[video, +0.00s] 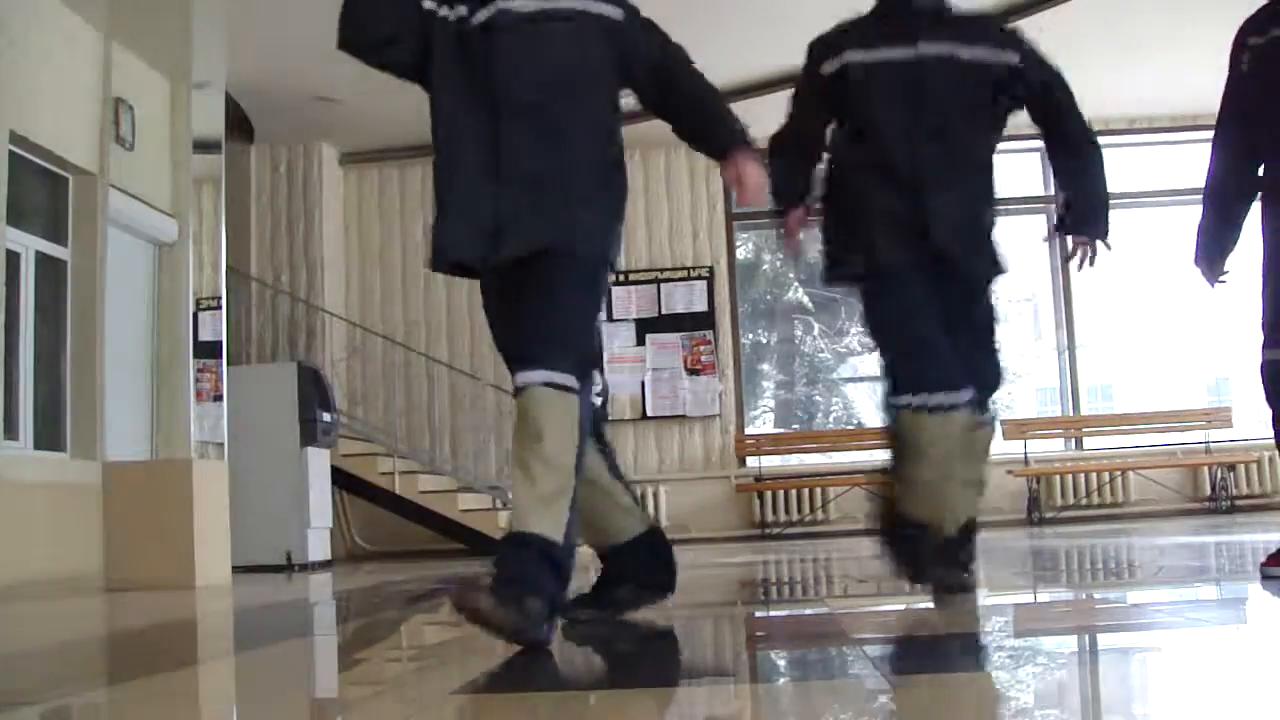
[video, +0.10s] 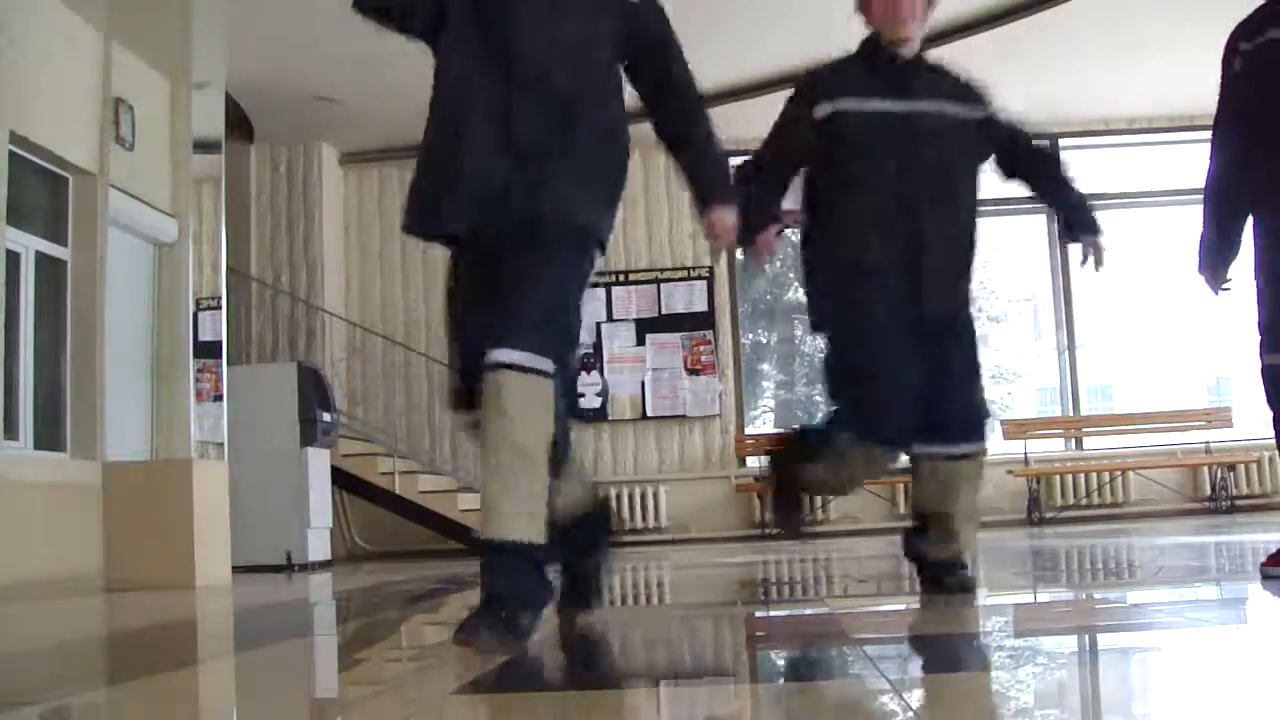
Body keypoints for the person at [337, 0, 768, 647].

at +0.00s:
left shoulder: (597, 14)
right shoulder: (449, 24)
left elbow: (668, 75)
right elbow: (363, 28)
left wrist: (731, 143)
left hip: (575, 212)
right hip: (489, 221)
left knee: (546, 379)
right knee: (548, 395)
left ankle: (529, 585)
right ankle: (638, 560)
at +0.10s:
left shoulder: (619, 8)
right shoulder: (458, 8)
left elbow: (665, 79)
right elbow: (398, 6)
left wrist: (716, 188)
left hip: (566, 180)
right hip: (475, 183)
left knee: (520, 367)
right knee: (482, 393)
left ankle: (511, 593)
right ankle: (581, 521)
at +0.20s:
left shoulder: (623, 13)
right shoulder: (471, 8)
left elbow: (654, 118)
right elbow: (400, 1)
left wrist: (693, 229)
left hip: (561, 213)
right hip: (464, 206)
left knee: (503, 390)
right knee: (411, 384)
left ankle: (507, 594)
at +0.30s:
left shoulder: (638, 17)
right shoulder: (481, 9)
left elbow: (665, 127)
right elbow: (421, 8)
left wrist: (712, 246)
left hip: (568, 226)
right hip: (461, 209)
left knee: (522, 411)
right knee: (398, 389)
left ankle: (503, 597)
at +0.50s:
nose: (760, 64)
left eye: (774, 56)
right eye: (756, 55)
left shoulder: (660, 10)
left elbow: (689, 62)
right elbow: (411, 1)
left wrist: (746, 123)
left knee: (560, 410)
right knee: (583, 371)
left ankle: (424, 553)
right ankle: (562, 590)